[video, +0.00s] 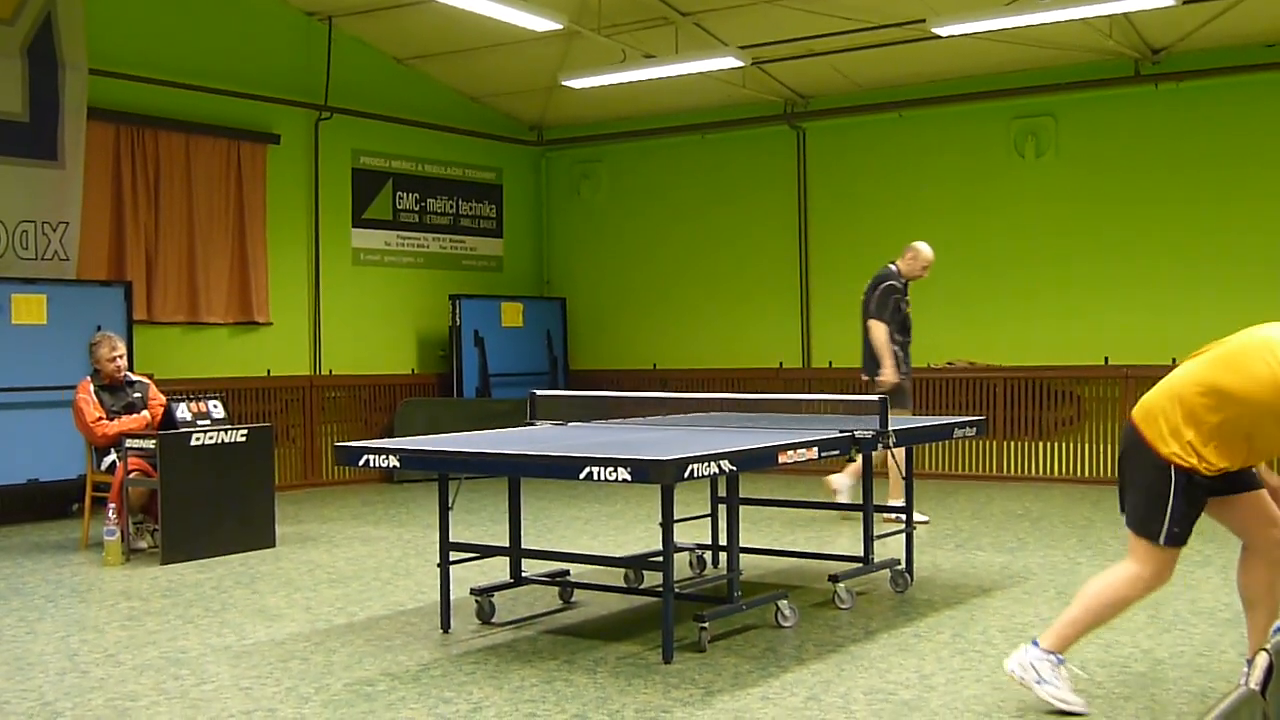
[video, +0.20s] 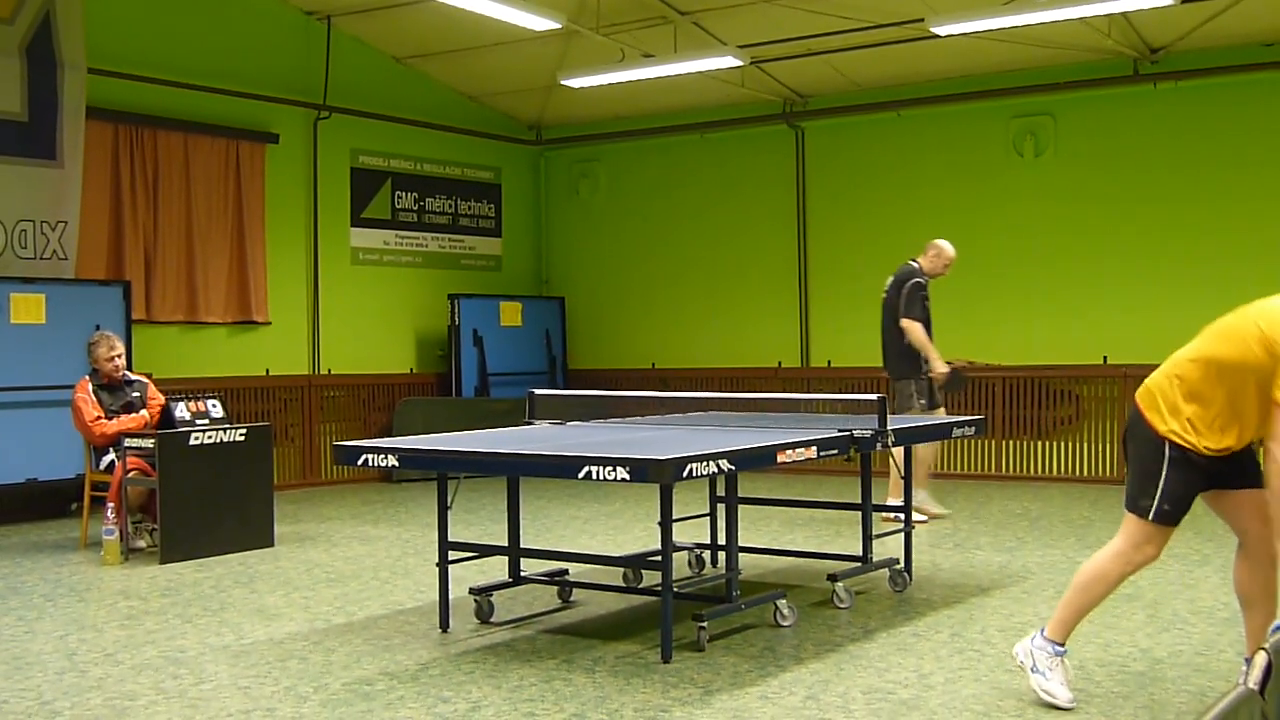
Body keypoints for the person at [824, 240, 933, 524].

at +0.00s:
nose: (925, 274)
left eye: (927, 268)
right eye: (924, 267)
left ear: (911, 260)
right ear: (909, 259)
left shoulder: (895, 281)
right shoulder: (889, 282)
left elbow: (886, 327)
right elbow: (877, 324)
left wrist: (896, 365)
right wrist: (887, 366)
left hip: (892, 371)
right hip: (892, 372)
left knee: (888, 438)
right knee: (900, 437)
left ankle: (844, 478)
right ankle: (897, 503)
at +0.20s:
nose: (946, 272)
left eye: (949, 266)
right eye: (945, 265)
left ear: (929, 256)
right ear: (931, 256)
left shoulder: (906, 276)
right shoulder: (914, 279)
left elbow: (903, 326)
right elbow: (909, 323)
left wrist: (930, 359)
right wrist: (934, 358)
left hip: (910, 368)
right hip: (909, 369)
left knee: (935, 424)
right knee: (911, 433)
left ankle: (916, 493)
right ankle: (898, 501)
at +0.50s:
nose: (984, 279)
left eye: (987, 274)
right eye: (984, 272)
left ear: (969, 261)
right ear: (970, 261)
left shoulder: (946, 282)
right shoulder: (950, 285)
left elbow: (939, 333)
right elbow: (943, 328)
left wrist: (960, 369)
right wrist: (968, 366)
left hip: (953, 379)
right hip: (940, 377)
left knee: (973, 437)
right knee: (922, 439)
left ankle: (990, 502)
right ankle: (895, 502)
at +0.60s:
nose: (1001, 277)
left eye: (1004, 272)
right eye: (1001, 271)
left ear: (990, 260)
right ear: (989, 260)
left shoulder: (973, 284)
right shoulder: (965, 283)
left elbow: (961, 329)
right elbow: (954, 326)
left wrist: (972, 367)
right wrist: (966, 369)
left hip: (974, 371)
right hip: (959, 373)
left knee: (991, 431)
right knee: (952, 435)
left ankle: (993, 503)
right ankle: (905, 493)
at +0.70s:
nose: (1011, 274)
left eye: (1014, 269)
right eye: (1011, 267)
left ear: (1002, 259)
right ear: (998, 256)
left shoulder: (989, 283)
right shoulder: (972, 280)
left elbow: (983, 326)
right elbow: (958, 322)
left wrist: (996, 349)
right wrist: (966, 364)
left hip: (989, 365)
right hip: (973, 365)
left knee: (997, 430)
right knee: (975, 432)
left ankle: (994, 502)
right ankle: (923, 483)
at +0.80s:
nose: (1024, 272)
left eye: (1027, 268)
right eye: (1023, 266)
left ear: (1016, 258)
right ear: (1011, 255)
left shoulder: (1006, 281)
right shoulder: (984, 277)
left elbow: (1003, 319)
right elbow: (966, 316)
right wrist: (966, 360)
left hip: (1001, 363)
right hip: (985, 364)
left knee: (1002, 430)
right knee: (1004, 426)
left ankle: (995, 501)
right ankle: (956, 481)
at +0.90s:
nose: (1029, 261)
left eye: (1033, 257)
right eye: (1027, 254)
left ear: (1033, 258)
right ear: (1016, 251)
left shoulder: (1026, 281)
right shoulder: (993, 272)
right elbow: (972, 312)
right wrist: (969, 357)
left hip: (1013, 360)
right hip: (993, 359)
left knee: (1006, 427)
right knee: (1008, 424)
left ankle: (989, 490)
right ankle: (990, 492)